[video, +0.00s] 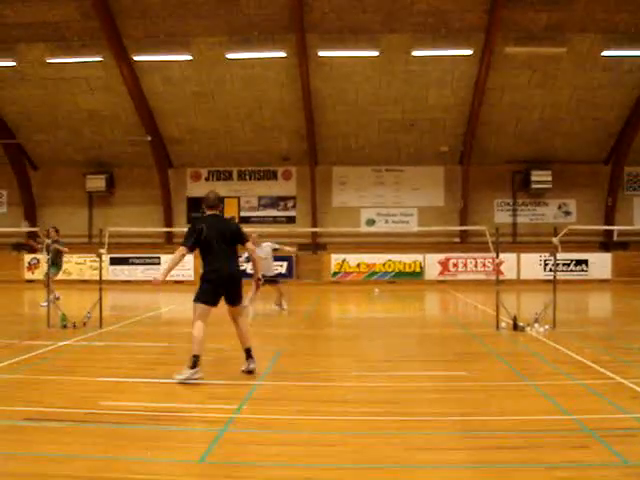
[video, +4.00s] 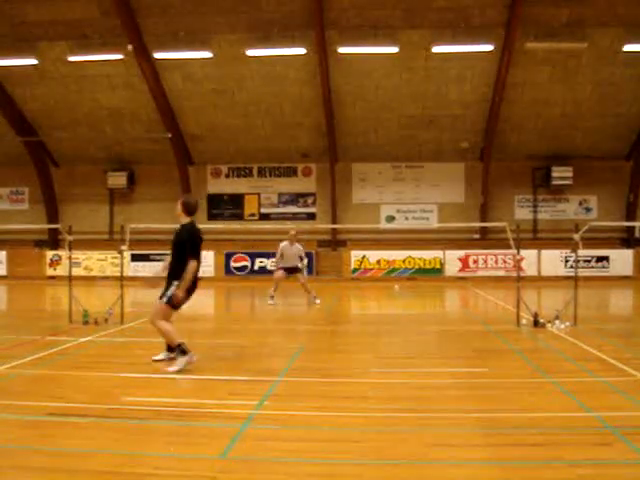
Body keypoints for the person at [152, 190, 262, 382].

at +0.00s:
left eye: (206, 208)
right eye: (218, 206)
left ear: (204, 207)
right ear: (220, 207)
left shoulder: (198, 226)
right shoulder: (231, 225)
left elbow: (182, 252)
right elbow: (252, 250)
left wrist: (164, 275)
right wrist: (258, 275)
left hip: (211, 277)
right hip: (233, 277)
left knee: (199, 320)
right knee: (238, 316)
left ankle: (194, 366)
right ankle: (250, 358)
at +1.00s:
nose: (197, 245)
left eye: (197, 243)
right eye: (197, 242)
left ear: (200, 243)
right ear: (208, 241)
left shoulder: (207, 254)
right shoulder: (216, 252)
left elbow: (221, 263)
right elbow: (213, 278)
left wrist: (226, 284)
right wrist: (202, 291)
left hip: (228, 289)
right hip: (238, 285)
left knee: (233, 324)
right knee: (217, 301)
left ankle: (257, 340)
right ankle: (214, 333)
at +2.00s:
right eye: (214, 215)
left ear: (202, 219)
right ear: (216, 217)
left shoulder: (198, 238)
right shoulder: (227, 233)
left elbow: (193, 264)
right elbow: (243, 252)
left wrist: (189, 283)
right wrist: (258, 265)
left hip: (209, 279)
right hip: (228, 277)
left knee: (212, 309)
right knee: (228, 307)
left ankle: (215, 342)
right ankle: (229, 331)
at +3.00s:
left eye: (236, 221)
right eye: (248, 222)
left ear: (234, 224)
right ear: (249, 224)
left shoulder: (223, 241)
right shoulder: (256, 243)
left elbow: (194, 254)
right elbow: (277, 266)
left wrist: (182, 271)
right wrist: (281, 283)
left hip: (227, 287)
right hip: (252, 286)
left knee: (206, 327)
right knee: (278, 317)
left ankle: (192, 368)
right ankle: (296, 353)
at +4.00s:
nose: (175, 208)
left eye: (177, 205)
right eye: (177, 205)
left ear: (181, 208)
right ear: (192, 210)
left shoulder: (190, 231)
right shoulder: (182, 229)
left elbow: (193, 263)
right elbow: (180, 254)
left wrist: (181, 289)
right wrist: (169, 263)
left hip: (182, 280)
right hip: (174, 277)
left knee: (157, 317)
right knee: (163, 315)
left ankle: (183, 351)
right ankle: (170, 349)